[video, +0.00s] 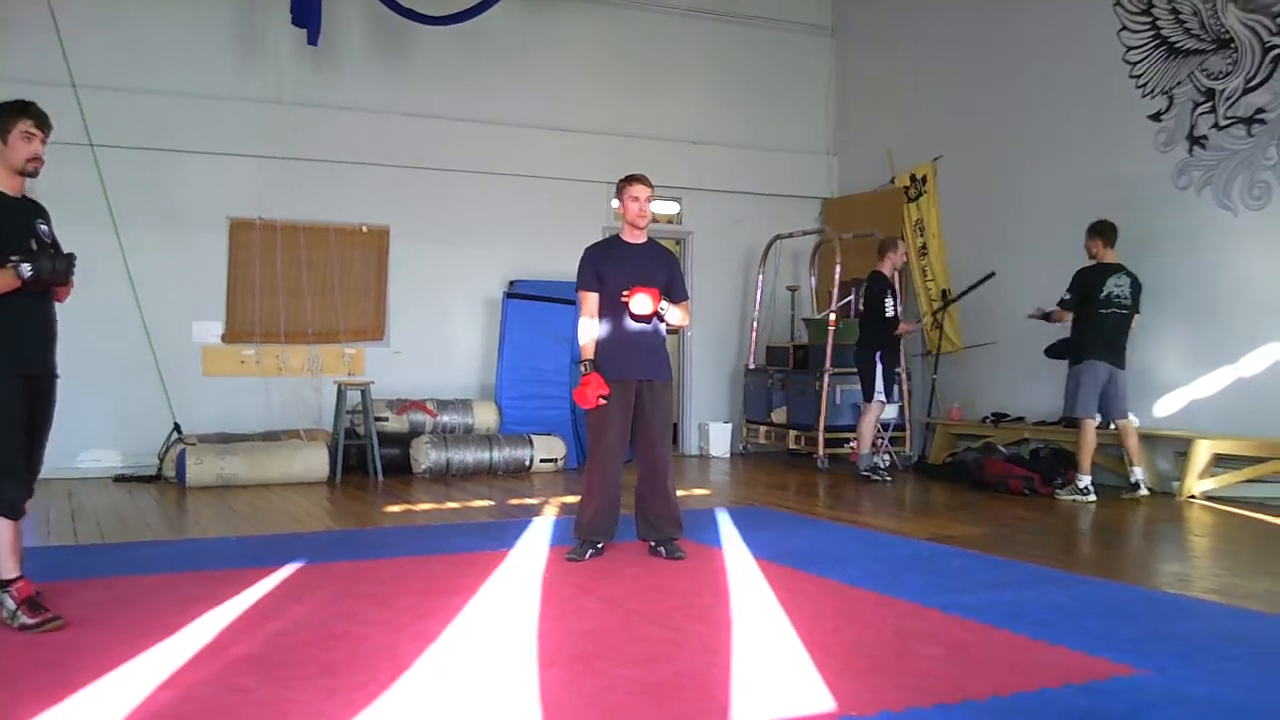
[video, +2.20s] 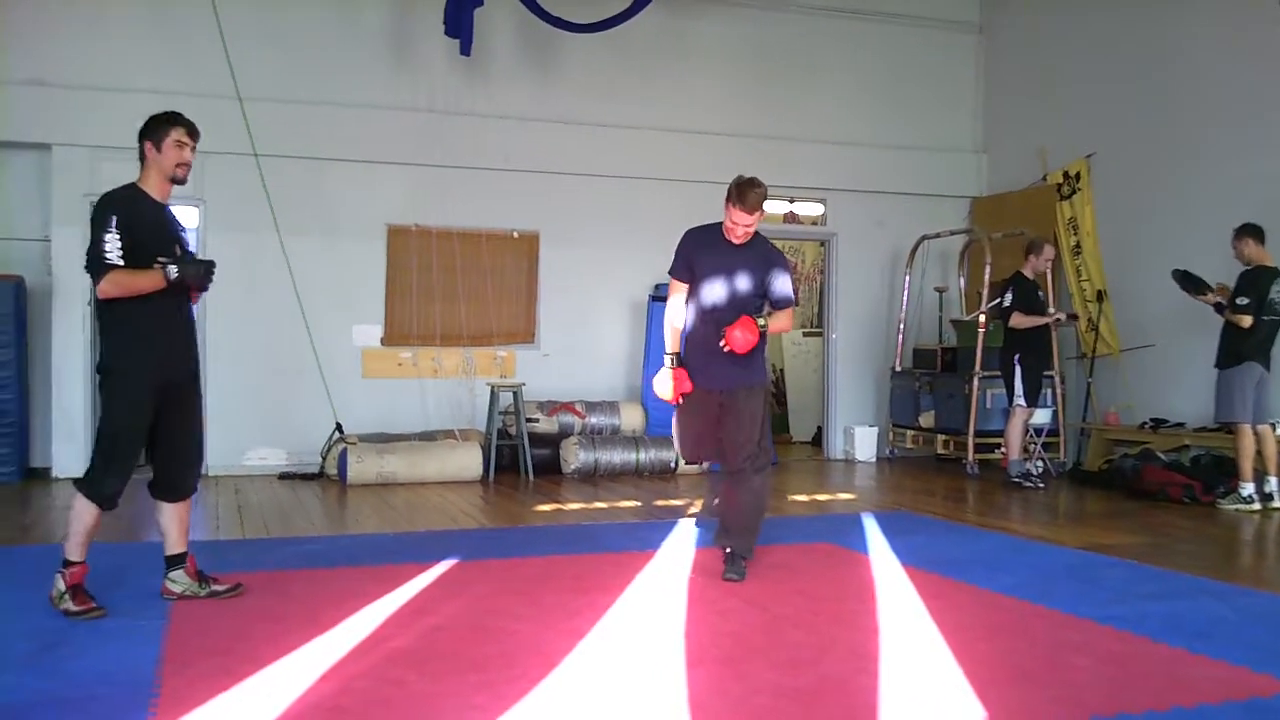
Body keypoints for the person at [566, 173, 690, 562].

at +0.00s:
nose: (641, 206)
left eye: (646, 200)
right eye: (634, 199)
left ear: (653, 207)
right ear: (619, 205)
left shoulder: (666, 258)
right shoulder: (596, 254)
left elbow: (682, 317)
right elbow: (588, 316)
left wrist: (660, 307)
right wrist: (588, 367)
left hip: (656, 372)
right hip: (611, 370)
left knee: (657, 455)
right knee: (604, 455)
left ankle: (661, 534)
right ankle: (593, 535)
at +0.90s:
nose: (640, 219)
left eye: (646, 211)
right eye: (636, 213)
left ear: (666, 210)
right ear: (634, 215)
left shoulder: (696, 258)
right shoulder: (626, 261)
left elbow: (717, 317)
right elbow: (618, 316)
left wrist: (684, 304)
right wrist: (615, 338)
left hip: (678, 375)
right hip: (632, 375)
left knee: (689, 456)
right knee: (634, 458)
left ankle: (703, 535)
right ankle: (635, 538)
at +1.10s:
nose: (695, 220)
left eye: (701, 212)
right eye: (690, 214)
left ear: (719, 212)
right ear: (688, 218)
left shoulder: (749, 261)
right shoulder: (682, 265)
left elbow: (772, 320)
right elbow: (669, 319)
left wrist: (734, 307)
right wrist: (661, 340)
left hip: (729, 379)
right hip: (685, 379)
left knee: (744, 461)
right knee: (691, 464)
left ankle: (765, 541)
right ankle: (698, 542)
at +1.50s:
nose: (671, 225)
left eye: (678, 217)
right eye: (664, 218)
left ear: (692, 212)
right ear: (656, 216)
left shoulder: (717, 256)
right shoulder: (646, 260)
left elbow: (741, 311)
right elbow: (636, 321)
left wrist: (705, 312)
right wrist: (632, 375)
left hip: (706, 373)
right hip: (662, 374)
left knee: (704, 455)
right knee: (667, 455)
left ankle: (704, 543)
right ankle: (675, 537)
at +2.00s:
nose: (725, 238)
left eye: (733, 232)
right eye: (719, 230)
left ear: (746, 222)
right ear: (710, 217)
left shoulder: (761, 264)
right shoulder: (685, 252)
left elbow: (775, 318)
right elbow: (667, 312)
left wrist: (748, 332)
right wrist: (664, 370)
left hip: (738, 385)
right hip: (691, 382)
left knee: (735, 465)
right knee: (700, 464)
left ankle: (726, 552)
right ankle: (711, 544)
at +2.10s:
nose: (741, 236)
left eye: (749, 230)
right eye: (735, 227)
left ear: (761, 220)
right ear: (725, 212)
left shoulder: (770, 261)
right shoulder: (695, 247)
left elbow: (786, 317)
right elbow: (674, 306)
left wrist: (759, 331)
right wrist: (673, 364)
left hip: (747, 383)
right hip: (700, 379)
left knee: (742, 463)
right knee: (710, 462)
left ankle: (736, 550)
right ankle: (725, 533)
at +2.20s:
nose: (738, 231)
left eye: (747, 225)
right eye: (733, 222)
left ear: (761, 216)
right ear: (724, 206)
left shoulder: (771, 260)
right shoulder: (695, 241)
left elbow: (786, 315)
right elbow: (675, 302)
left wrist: (759, 327)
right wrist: (671, 361)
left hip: (745, 381)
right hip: (696, 374)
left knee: (742, 462)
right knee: (693, 452)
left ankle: (737, 549)